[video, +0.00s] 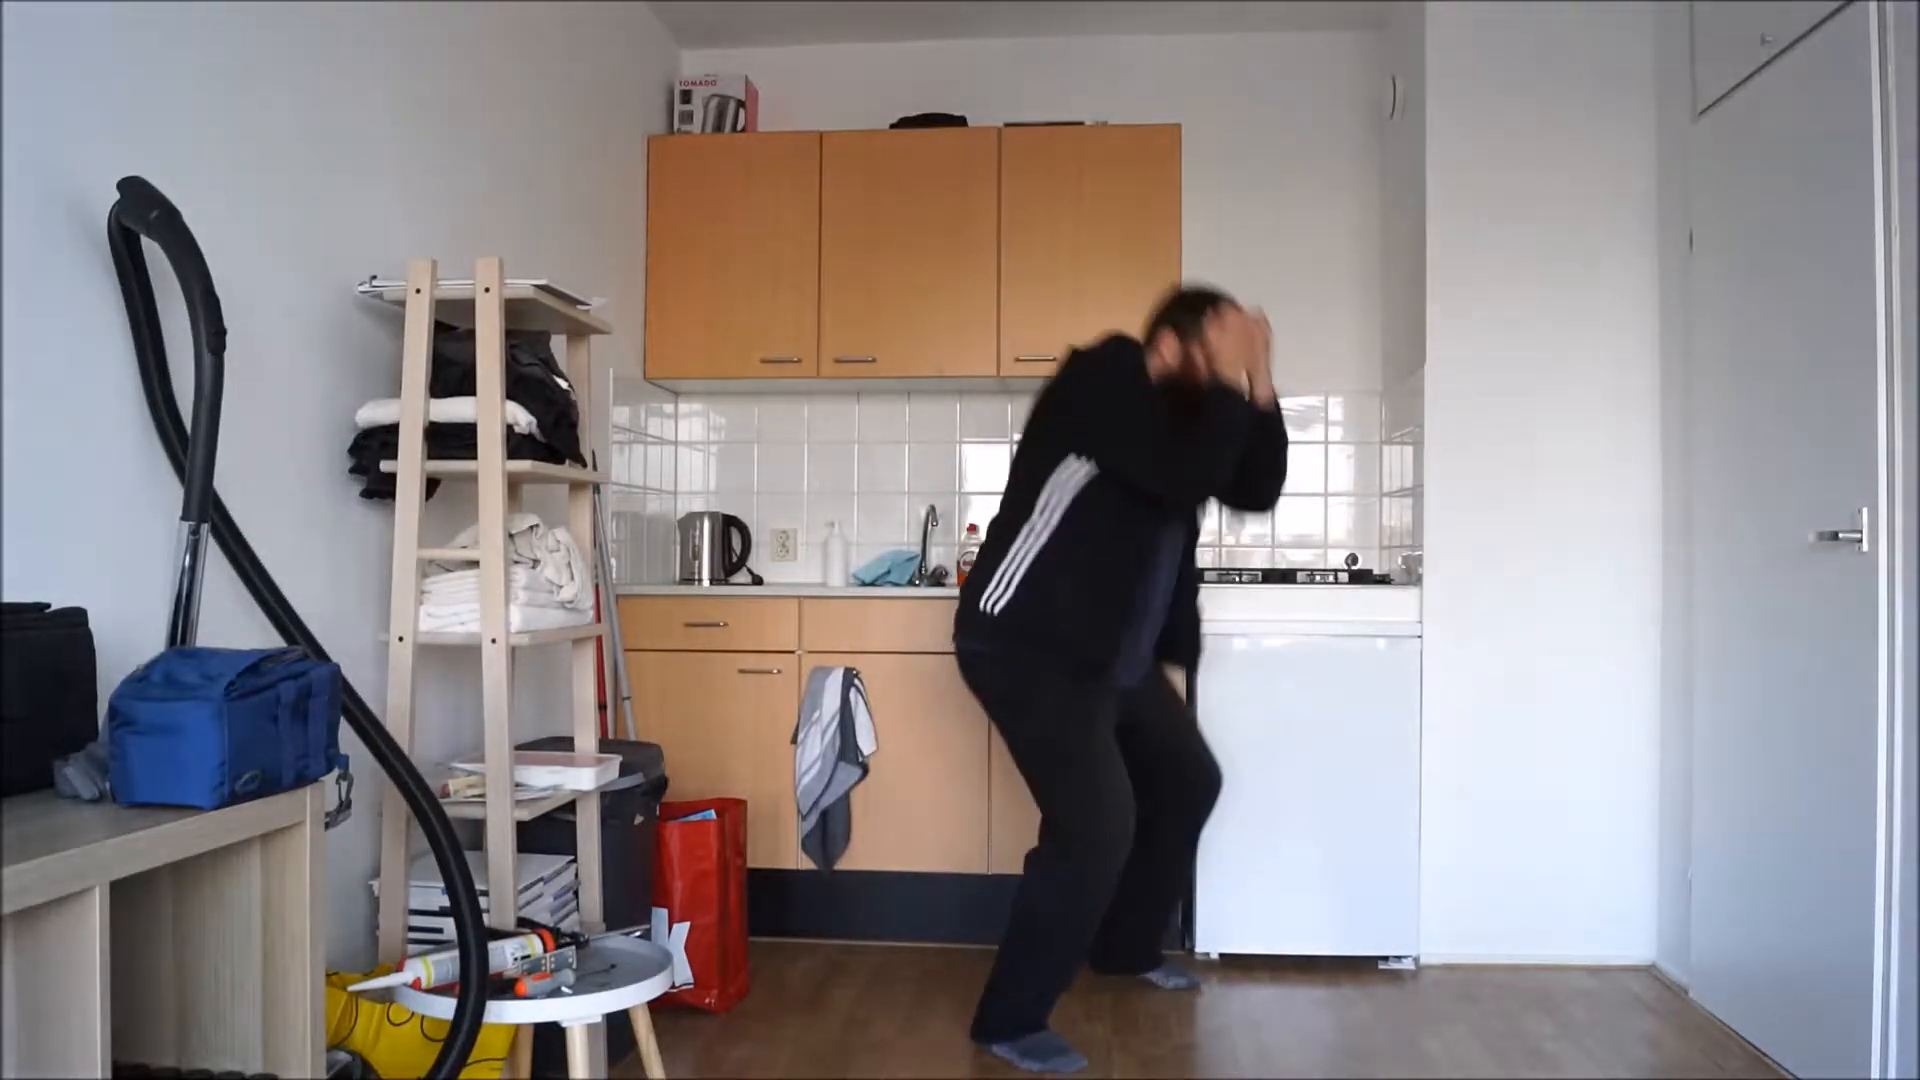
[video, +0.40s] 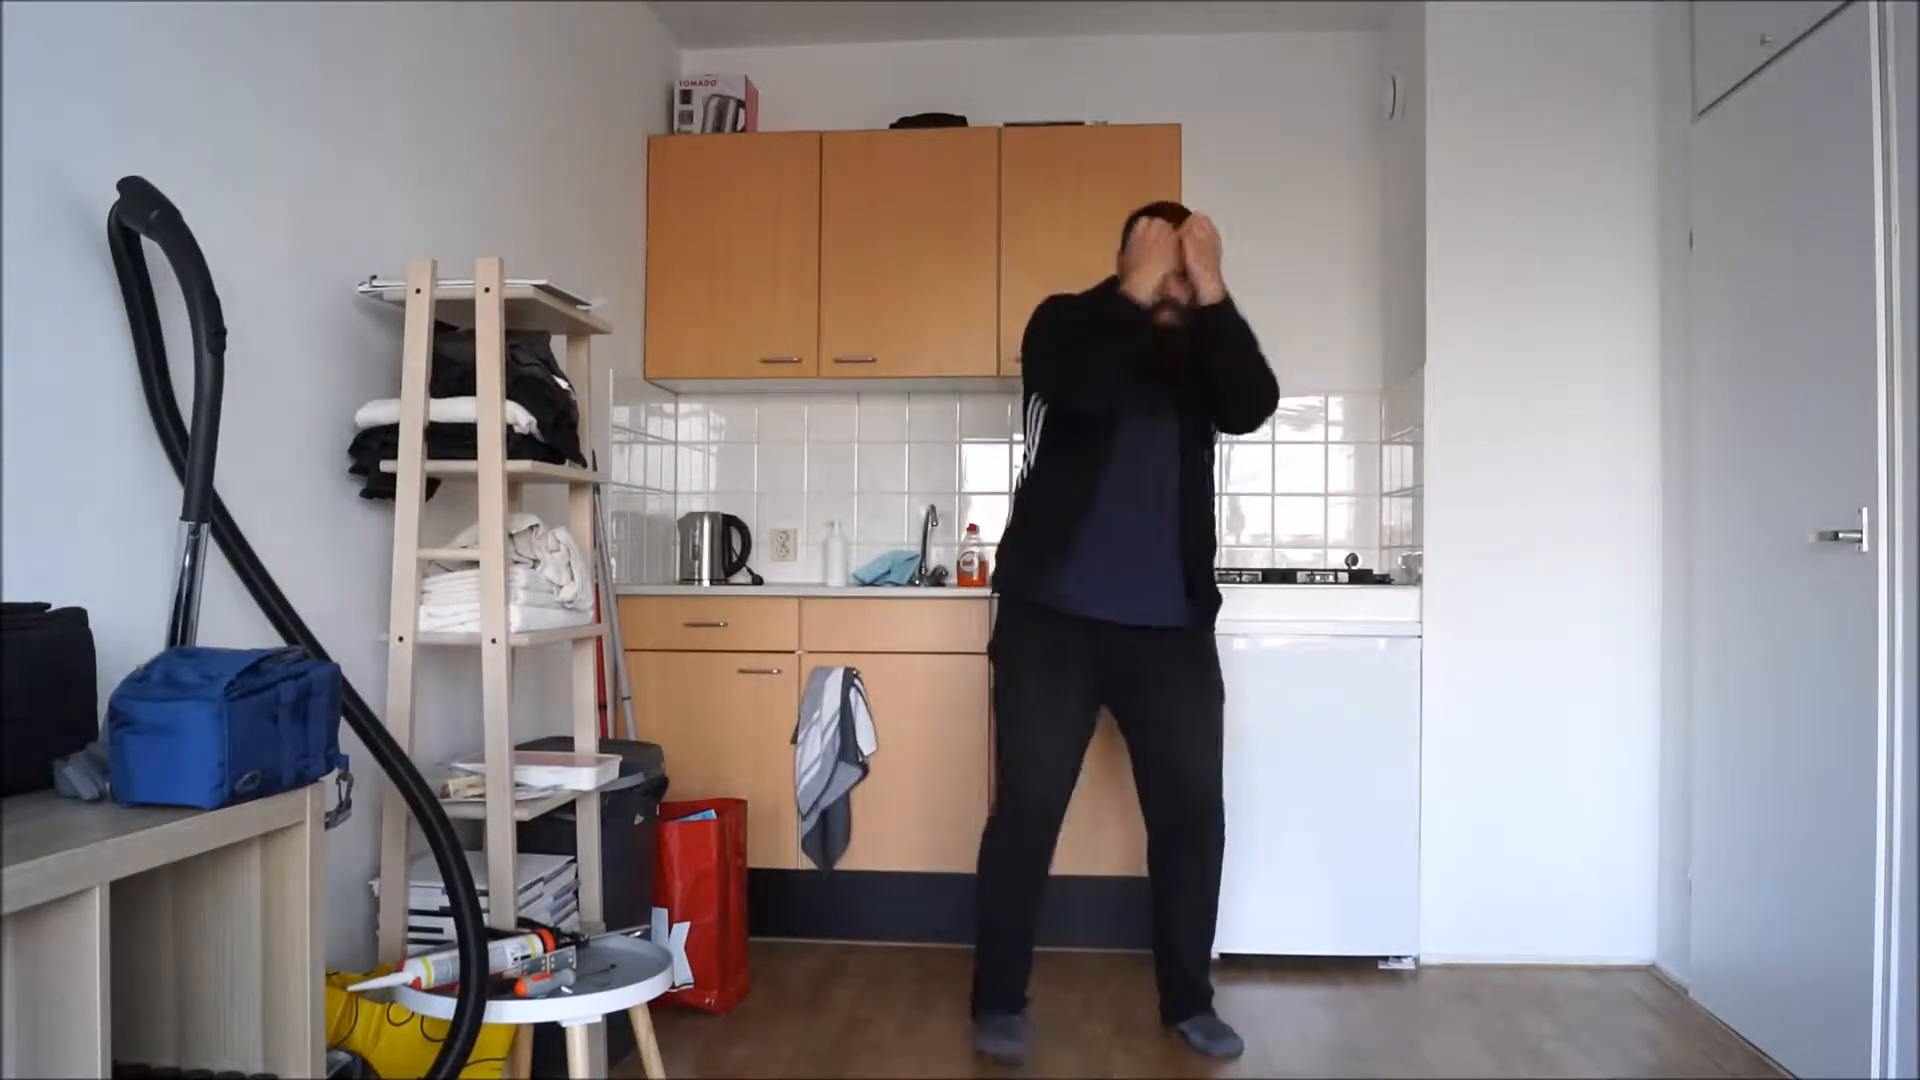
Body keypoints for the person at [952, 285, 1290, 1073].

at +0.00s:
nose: (1231, 372)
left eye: (1234, 362)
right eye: (1221, 358)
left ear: (1179, 354)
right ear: (1172, 344)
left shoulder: (1178, 410)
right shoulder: (1102, 377)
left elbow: (1258, 491)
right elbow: (1179, 476)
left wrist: (1261, 387)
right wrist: (1226, 385)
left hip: (1109, 654)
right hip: (1024, 645)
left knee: (1188, 780)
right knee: (1094, 822)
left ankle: (1126, 951)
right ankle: (1007, 1025)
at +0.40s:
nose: (1177, 268)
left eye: (1188, 258)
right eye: (1162, 251)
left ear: (1194, 273)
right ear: (1125, 258)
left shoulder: (1207, 342)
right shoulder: (1065, 319)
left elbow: (1251, 405)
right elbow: (1073, 386)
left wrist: (1213, 296)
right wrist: (1135, 292)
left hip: (1170, 626)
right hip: (1054, 618)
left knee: (1192, 821)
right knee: (1027, 812)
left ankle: (1189, 1003)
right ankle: (1000, 1003)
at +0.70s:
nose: (1046, 268)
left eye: (1062, 255)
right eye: (1036, 260)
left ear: (1100, 279)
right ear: (1026, 286)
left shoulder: (1157, 340)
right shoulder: (1014, 359)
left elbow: (1139, 418)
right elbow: (973, 435)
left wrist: (1083, 323)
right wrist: (1010, 329)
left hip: (1170, 633)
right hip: (1051, 636)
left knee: (1208, 804)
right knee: (1011, 801)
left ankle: (1217, 992)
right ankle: (995, 979)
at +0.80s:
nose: (1025, 342)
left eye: (1038, 327)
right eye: (1016, 333)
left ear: (1082, 325)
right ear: (1008, 341)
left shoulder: (1148, 372)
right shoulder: (1013, 398)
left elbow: (1124, 475)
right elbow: (972, 491)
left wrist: (1061, 380)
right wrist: (992, 383)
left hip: (1165, 645)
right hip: (1049, 649)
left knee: (1221, 810)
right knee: (1010, 807)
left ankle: (1251, 995)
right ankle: (995, 980)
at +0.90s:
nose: (1048, 428)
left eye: (1056, 414)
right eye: (1032, 417)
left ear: (1092, 395)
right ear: (1019, 415)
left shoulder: (1163, 418)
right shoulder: (1012, 436)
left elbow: (1151, 537)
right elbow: (995, 564)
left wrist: (1081, 452)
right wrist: (1015, 477)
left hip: (1175, 661)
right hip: (1053, 665)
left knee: (1237, 826)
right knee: (1002, 815)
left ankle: (1259, 1001)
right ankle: (995, 980)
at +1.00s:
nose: (1079, 440)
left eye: (1093, 428)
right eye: (1067, 431)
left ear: (1131, 416)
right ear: (1055, 423)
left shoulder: (1188, 439)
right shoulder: (1035, 446)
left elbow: (1176, 563)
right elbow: (1027, 578)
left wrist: (1122, 475)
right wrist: (1054, 480)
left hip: (1180, 673)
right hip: (1059, 675)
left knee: (1245, 826)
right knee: (1008, 822)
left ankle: (1260, 1004)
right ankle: (996, 979)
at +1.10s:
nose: (1174, 419)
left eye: (1186, 410)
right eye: (1161, 407)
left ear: (1203, 399)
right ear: (1130, 395)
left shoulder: (1228, 429)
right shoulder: (1077, 425)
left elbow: (1242, 550)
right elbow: (1078, 546)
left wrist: (1208, 456)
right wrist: (1131, 458)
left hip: (1188, 669)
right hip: (1072, 672)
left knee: (1259, 823)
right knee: (1027, 827)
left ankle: (1262, 1003)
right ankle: (998, 979)